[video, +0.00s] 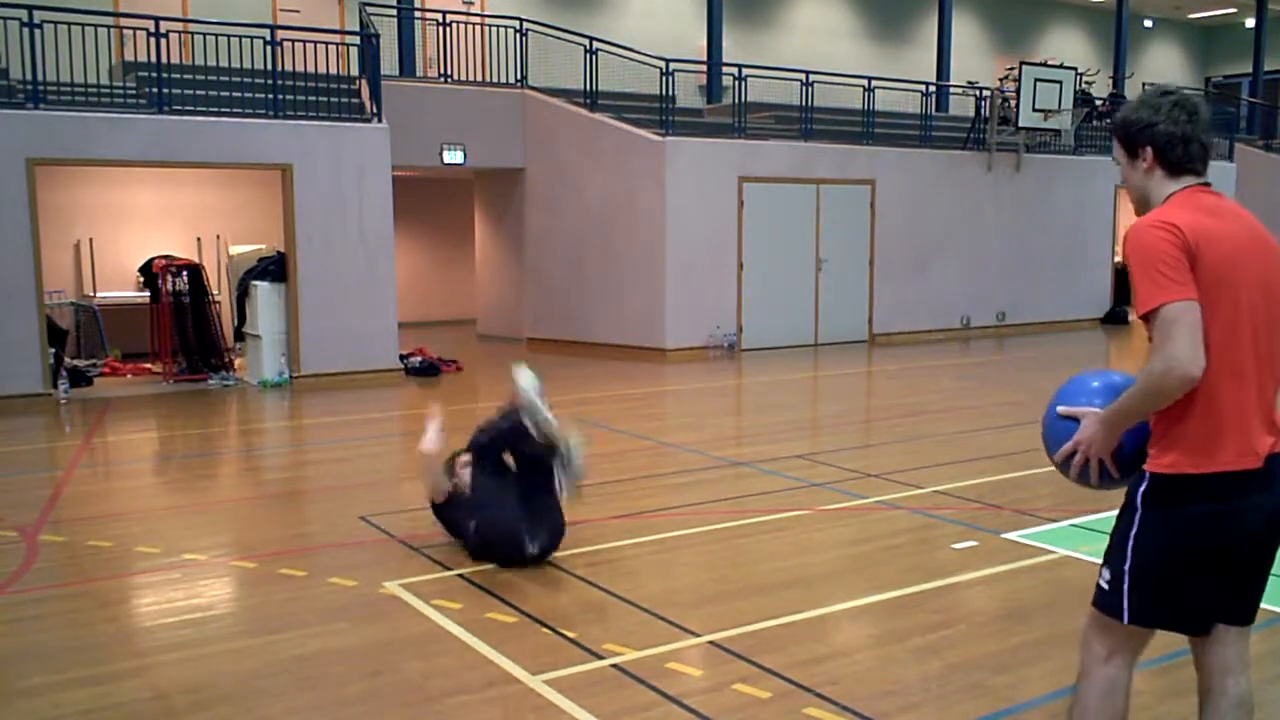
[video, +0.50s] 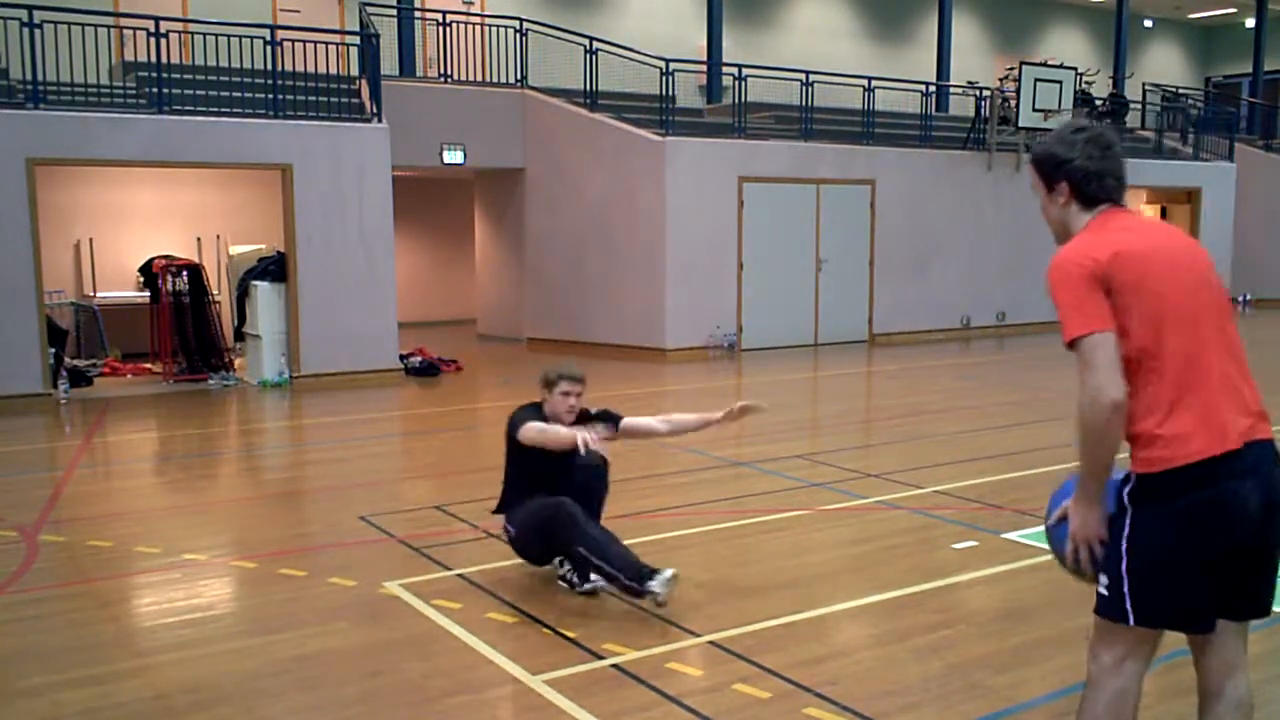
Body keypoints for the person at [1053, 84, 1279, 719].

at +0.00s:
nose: (1120, 178)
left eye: (1121, 162)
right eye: (1119, 163)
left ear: (1146, 157)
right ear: (1193, 155)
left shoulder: (1158, 230)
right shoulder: (1252, 227)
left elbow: (1180, 362)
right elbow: (1250, 361)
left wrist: (1108, 422)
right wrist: (1144, 412)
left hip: (1185, 482)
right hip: (1259, 476)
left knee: (1108, 648)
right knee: (1224, 651)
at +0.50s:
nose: (1040, 210)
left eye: (1039, 193)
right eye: (1038, 195)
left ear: (1061, 190)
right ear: (1112, 184)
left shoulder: (1078, 259)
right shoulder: (1181, 242)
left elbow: (1106, 394)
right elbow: (1200, 366)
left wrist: (1088, 497)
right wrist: (1145, 467)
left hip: (1174, 477)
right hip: (1253, 464)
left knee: (1116, 658)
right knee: (1224, 651)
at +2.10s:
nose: (1116, 165)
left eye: (1118, 150)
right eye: (1116, 149)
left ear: (1142, 154)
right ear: (1199, 152)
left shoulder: (1127, 231)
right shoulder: (1265, 230)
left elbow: (1118, 370)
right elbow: (1274, 365)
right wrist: (1219, 351)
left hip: (1156, 484)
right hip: (1249, 481)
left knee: (1103, 656)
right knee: (1216, 646)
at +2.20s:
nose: (1128, 173)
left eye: (1129, 160)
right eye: (1127, 161)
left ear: (1150, 157)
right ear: (1206, 156)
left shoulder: (1133, 232)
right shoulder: (1268, 227)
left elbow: (1118, 371)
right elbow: (1265, 341)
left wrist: (1173, 345)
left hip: (1165, 480)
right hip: (1260, 480)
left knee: (1102, 648)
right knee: (1228, 652)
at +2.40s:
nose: (1148, 171)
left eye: (1149, 157)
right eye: (1148, 158)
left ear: (1168, 157)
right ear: (1229, 154)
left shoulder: (1143, 230)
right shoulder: (1274, 221)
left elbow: (1121, 368)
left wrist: (1177, 361)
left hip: (1170, 478)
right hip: (1266, 480)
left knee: (1116, 652)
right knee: (1237, 662)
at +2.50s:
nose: (1154, 170)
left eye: (1155, 157)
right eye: (1154, 157)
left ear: (1174, 157)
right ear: (1235, 154)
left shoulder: (1150, 229)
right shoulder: (1274, 220)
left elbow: (1127, 367)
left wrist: (1170, 384)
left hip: (1175, 478)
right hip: (1267, 479)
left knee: (1127, 659)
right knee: (1239, 666)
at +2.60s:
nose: (1154, 168)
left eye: (1155, 154)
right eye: (1153, 155)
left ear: (1175, 155)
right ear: (1234, 153)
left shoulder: (1154, 227)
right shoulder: (1276, 220)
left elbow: (1133, 360)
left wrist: (1140, 402)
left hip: (1181, 481)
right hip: (1270, 480)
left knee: (1141, 664)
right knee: (1241, 675)